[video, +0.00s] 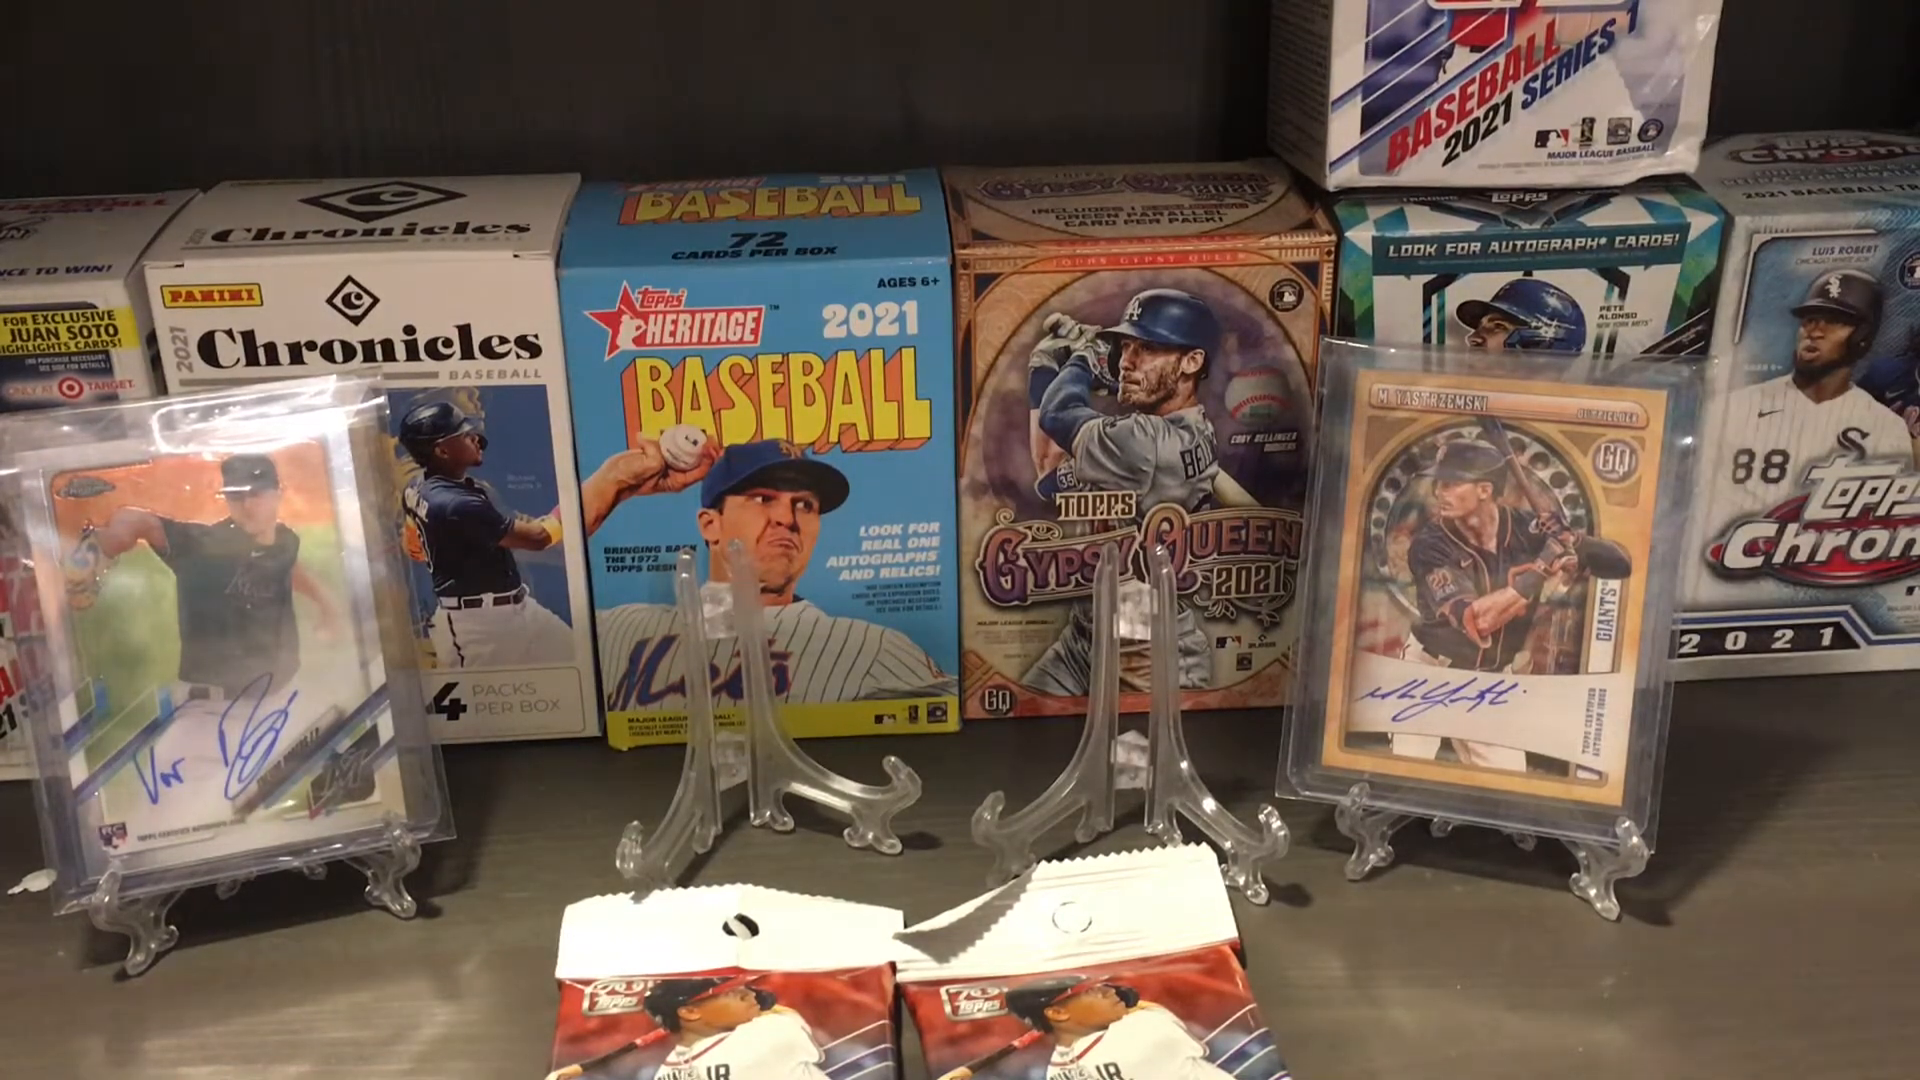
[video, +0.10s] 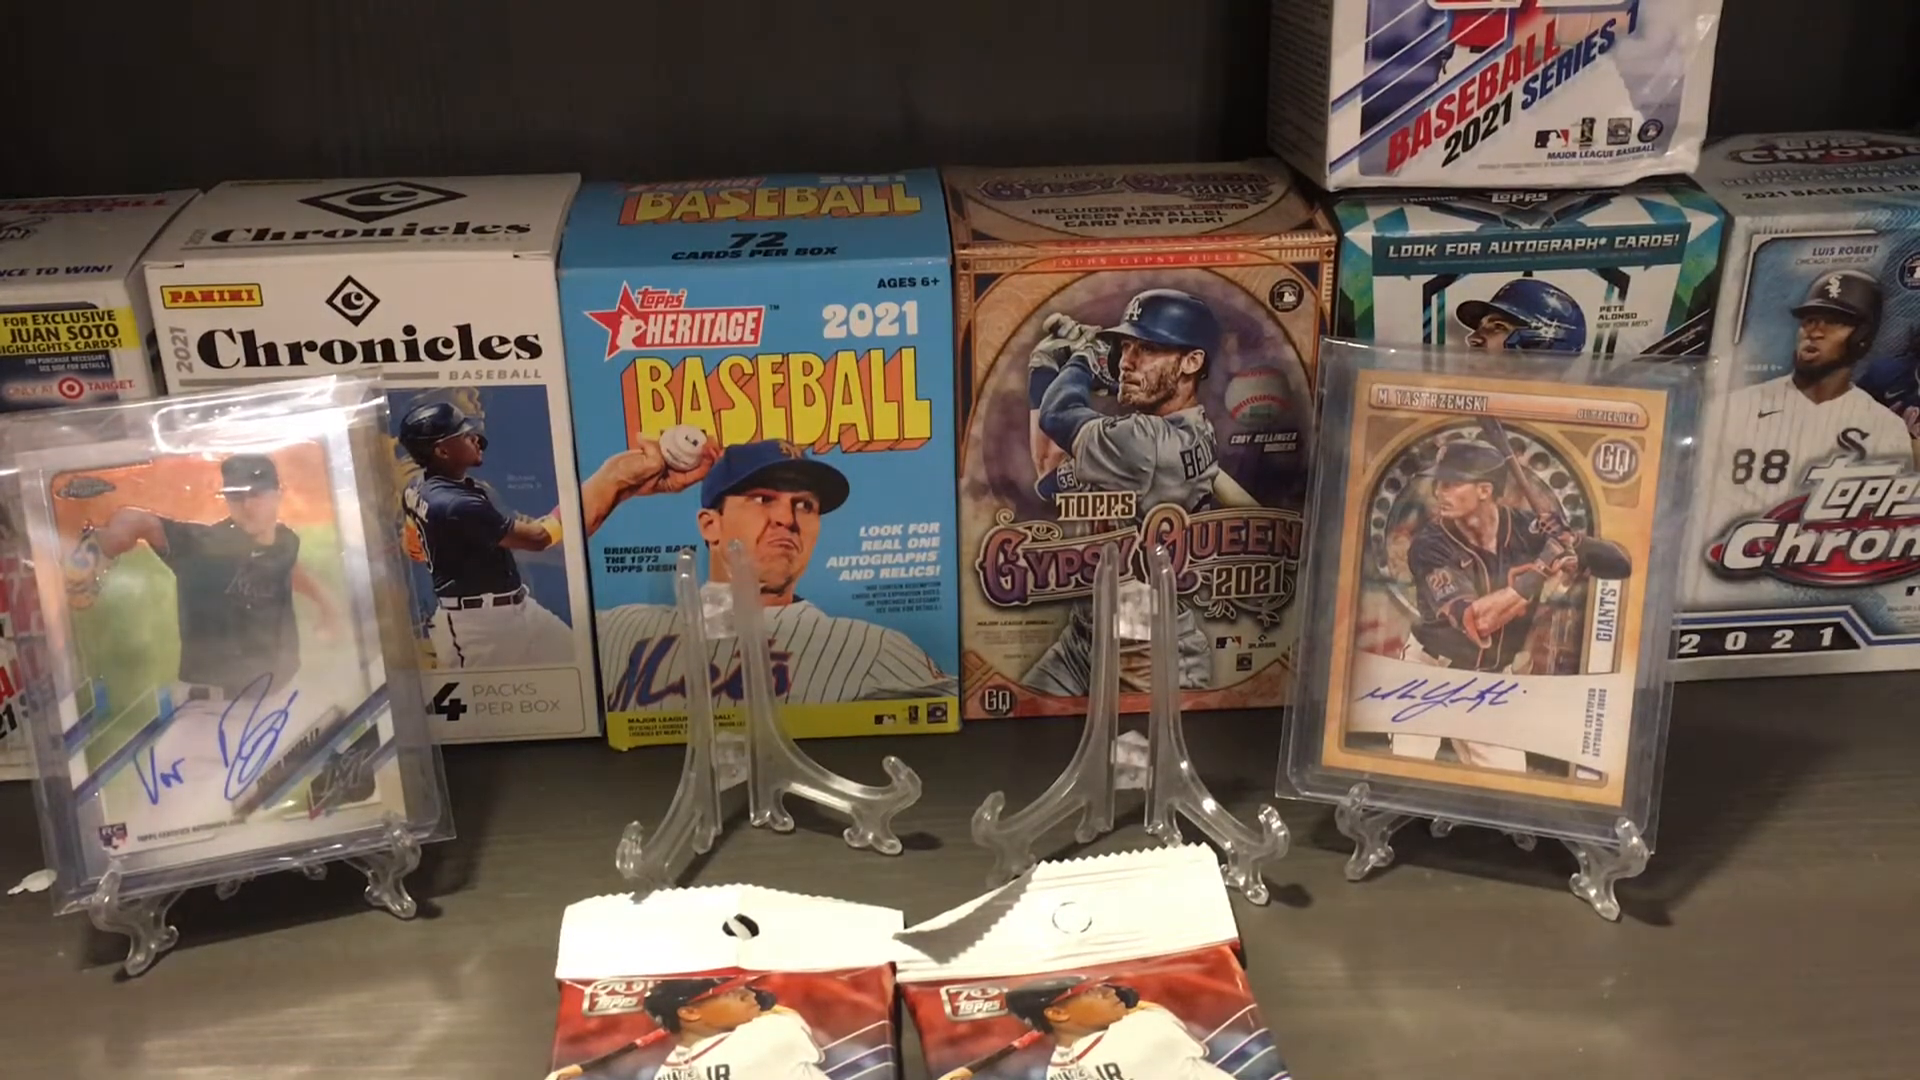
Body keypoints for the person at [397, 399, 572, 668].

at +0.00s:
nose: (476, 437)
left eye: (470, 430)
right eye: (465, 433)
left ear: (442, 451)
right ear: (442, 450)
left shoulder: (419, 490)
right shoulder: (460, 506)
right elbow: (538, 537)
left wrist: (539, 523)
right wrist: (568, 511)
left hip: (520, 609)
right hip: (473, 623)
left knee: (587, 664)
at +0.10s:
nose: (476, 437)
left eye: (470, 431)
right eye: (465, 433)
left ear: (442, 451)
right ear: (442, 450)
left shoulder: (420, 490)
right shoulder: (460, 507)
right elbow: (538, 538)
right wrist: (571, 509)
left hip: (520, 609)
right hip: (474, 623)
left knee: (587, 665)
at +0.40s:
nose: (476, 437)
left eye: (470, 431)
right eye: (465, 433)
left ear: (442, 451)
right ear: (442, 450)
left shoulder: (420, 489)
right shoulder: (460, 506)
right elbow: (538, 537)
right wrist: (570, 510)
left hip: (520, 609)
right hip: (474, 623)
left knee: (587, 664)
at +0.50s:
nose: (476, 437)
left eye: (470, 431)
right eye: (465, 433)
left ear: (443, 451)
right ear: (442, 450)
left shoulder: (420, 490)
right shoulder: (459, 507)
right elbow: (538, 538)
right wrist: (570, 509)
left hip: (520, 609)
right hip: (474, 623)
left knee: (588, 664)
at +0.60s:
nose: (476, 437)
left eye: (470, 431)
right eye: (465, 433)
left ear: (442, 451)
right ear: (442, 450)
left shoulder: (419, 490)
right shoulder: (460, 506)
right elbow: (538, 537)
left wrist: (541, 523)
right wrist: (568, 512)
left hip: (520, 609)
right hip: (474, 623)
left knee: (587, 664)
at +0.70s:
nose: (476, 437)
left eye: (470, 431)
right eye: (465, 433)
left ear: (442, 451)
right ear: (442, 450)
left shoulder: (419, 490)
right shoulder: (459, 506)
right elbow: (538, 537)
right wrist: (568, 511)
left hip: (520, 609)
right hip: (474, 623)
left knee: (588, 663)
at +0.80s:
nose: (476, 436)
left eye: (470, 430)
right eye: (465, 432)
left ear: (442, 450)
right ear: (441, 449)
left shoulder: (419, 489)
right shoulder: (460, 506)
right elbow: (538, 537)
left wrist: (546, 521)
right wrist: (567, 511)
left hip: (520, 609)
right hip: (474, 623)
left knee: (588, 663)